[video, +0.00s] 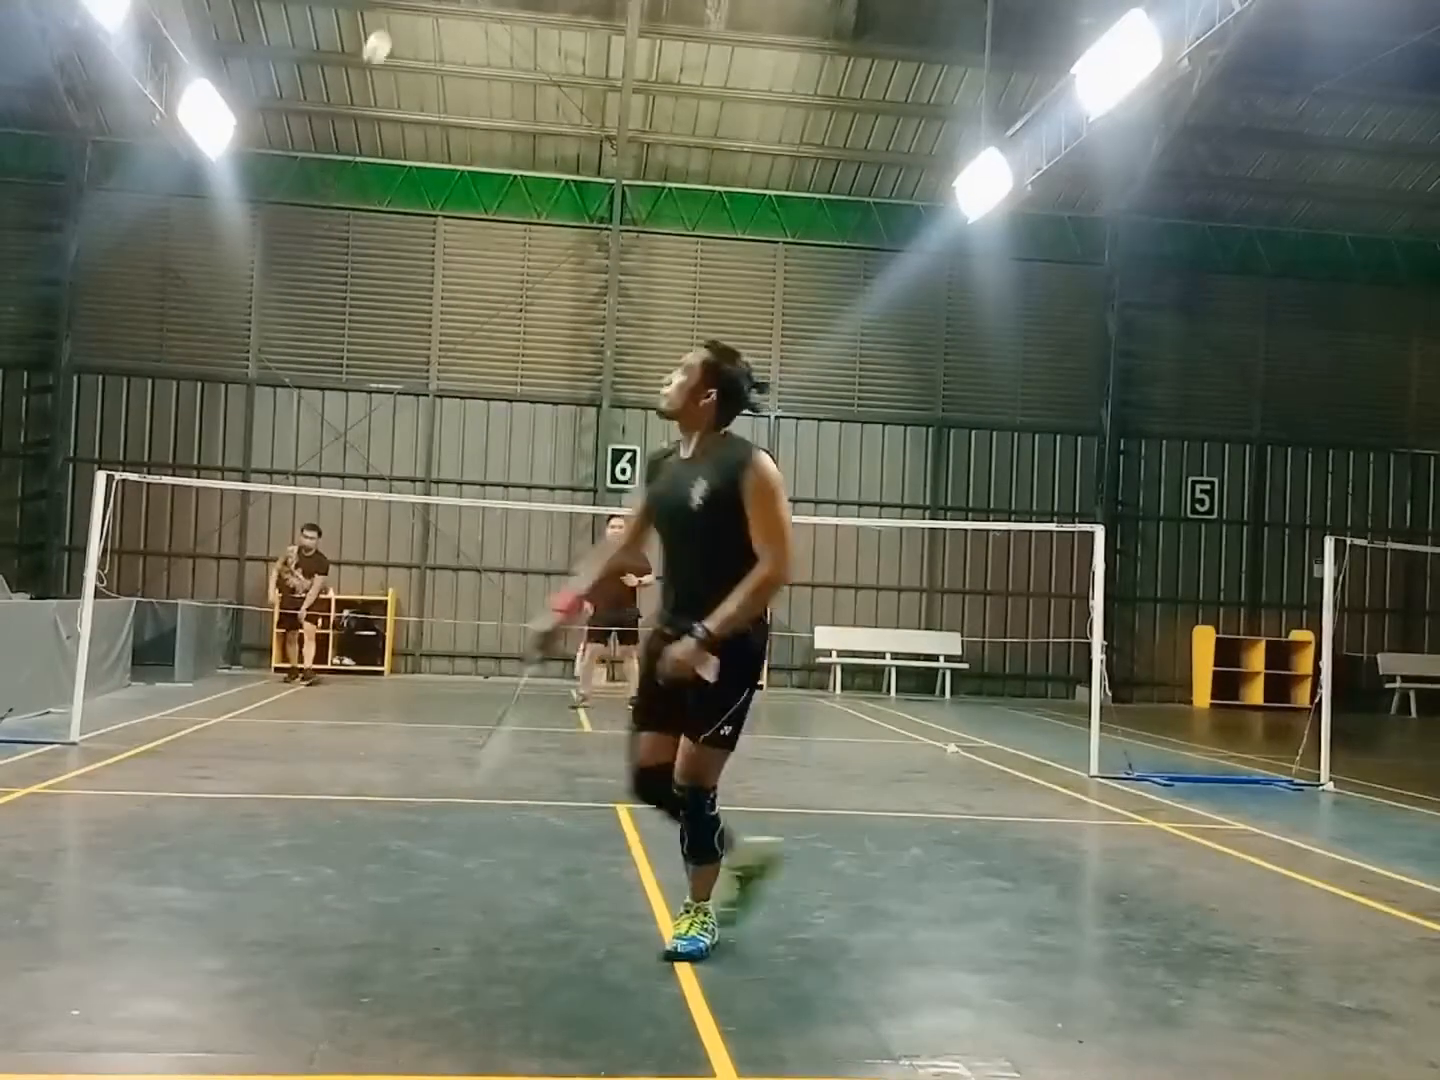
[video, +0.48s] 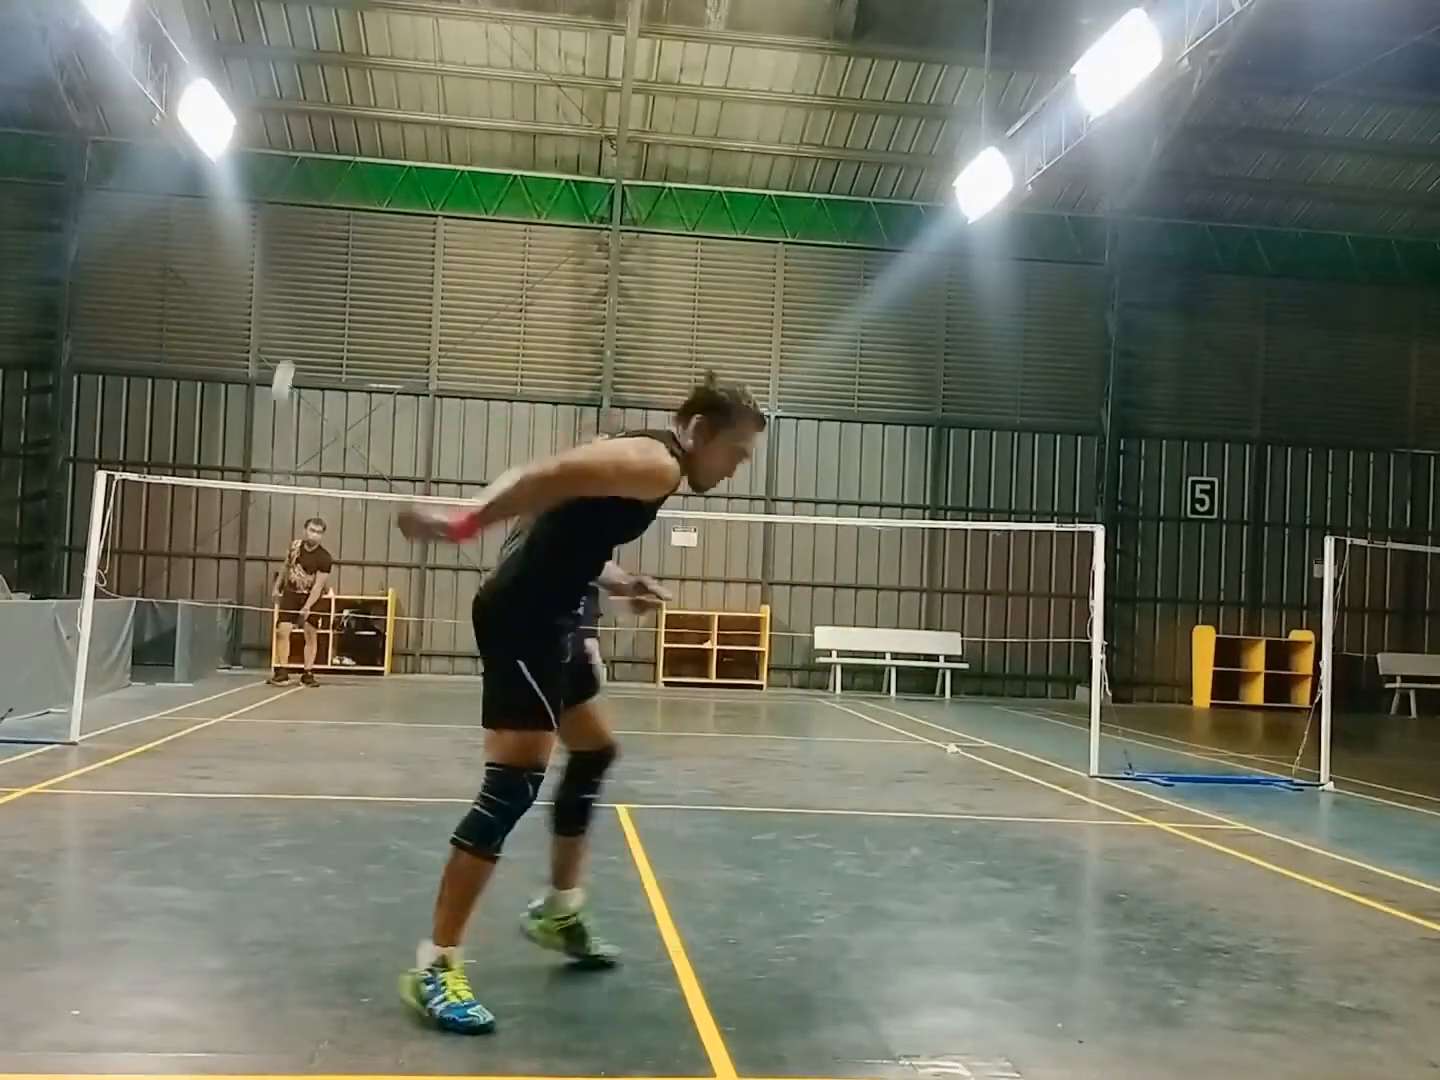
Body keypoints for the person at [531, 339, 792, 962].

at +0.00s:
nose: (669, 382)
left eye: (681, 375)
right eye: (676, 372)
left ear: (708, 396)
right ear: (702, 397)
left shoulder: (751, 468)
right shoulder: (665, 465)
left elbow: (776, 566)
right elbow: (628, 546)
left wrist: (706, 634)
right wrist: (580, 593)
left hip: (732, 640)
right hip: (672, 632)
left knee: (692, 784)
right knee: (649, 780)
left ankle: (698, 912)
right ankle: (743, 855)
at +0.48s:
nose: (735, 470)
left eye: (743, 459)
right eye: (736, 454)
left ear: (701, 435)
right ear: (700, 433)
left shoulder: (648, 465)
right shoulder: (657, 465)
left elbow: (558, 535)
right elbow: (548, 475)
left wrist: (616, 578)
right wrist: (469, 518)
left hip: (546, 618)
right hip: (519, 616)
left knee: (593, 750)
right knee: (513, 782)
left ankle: (561, 909)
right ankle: (436, 967)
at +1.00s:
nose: (597, 377)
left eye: (598, 368)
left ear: (602, 375)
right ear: (658, 388)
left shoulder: (548, 427)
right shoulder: (680, 445)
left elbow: (475, 510)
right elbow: (759, 533)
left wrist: (407, 583)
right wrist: (813, 603)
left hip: (537, 619)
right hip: (610, 624)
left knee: (570, 793)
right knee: (590, 797)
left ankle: (567, 953)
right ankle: (467, 925)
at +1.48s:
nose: (676, 394)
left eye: (675, 385)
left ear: (676, 392)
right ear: (731, 398)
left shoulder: (639, 451)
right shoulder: (762, 466)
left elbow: (609, 548)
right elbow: (800, 566)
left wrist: (591, 631)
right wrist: (763, 616)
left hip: (652, 641)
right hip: (730, 644)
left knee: (629, 782)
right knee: (756, 782)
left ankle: (602, 911)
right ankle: (785, 929)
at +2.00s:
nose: (643, 451)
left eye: (647, 444)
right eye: (648, 442)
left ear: (657, 452)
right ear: (698, 461)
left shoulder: (641, 499)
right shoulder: (720, 514)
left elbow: (637, 589)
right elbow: (748, 606)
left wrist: (600, 673)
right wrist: (751, 671)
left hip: (687, 666)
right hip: (744, 665)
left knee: (579, 770)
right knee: (717, 767)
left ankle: (659, 886)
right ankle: (767, 900)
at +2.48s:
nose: (546, 344)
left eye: (563, 342)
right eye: (555, 338)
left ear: (588, 371)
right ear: (557, 361)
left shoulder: (621, 450)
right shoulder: (505, 397)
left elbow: (680, 535)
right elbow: (431, 311)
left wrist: (681, 615)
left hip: (586, 635)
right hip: (505, 628)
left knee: (603, 789)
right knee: (454, 787)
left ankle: (600, 878)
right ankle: (412, 956)